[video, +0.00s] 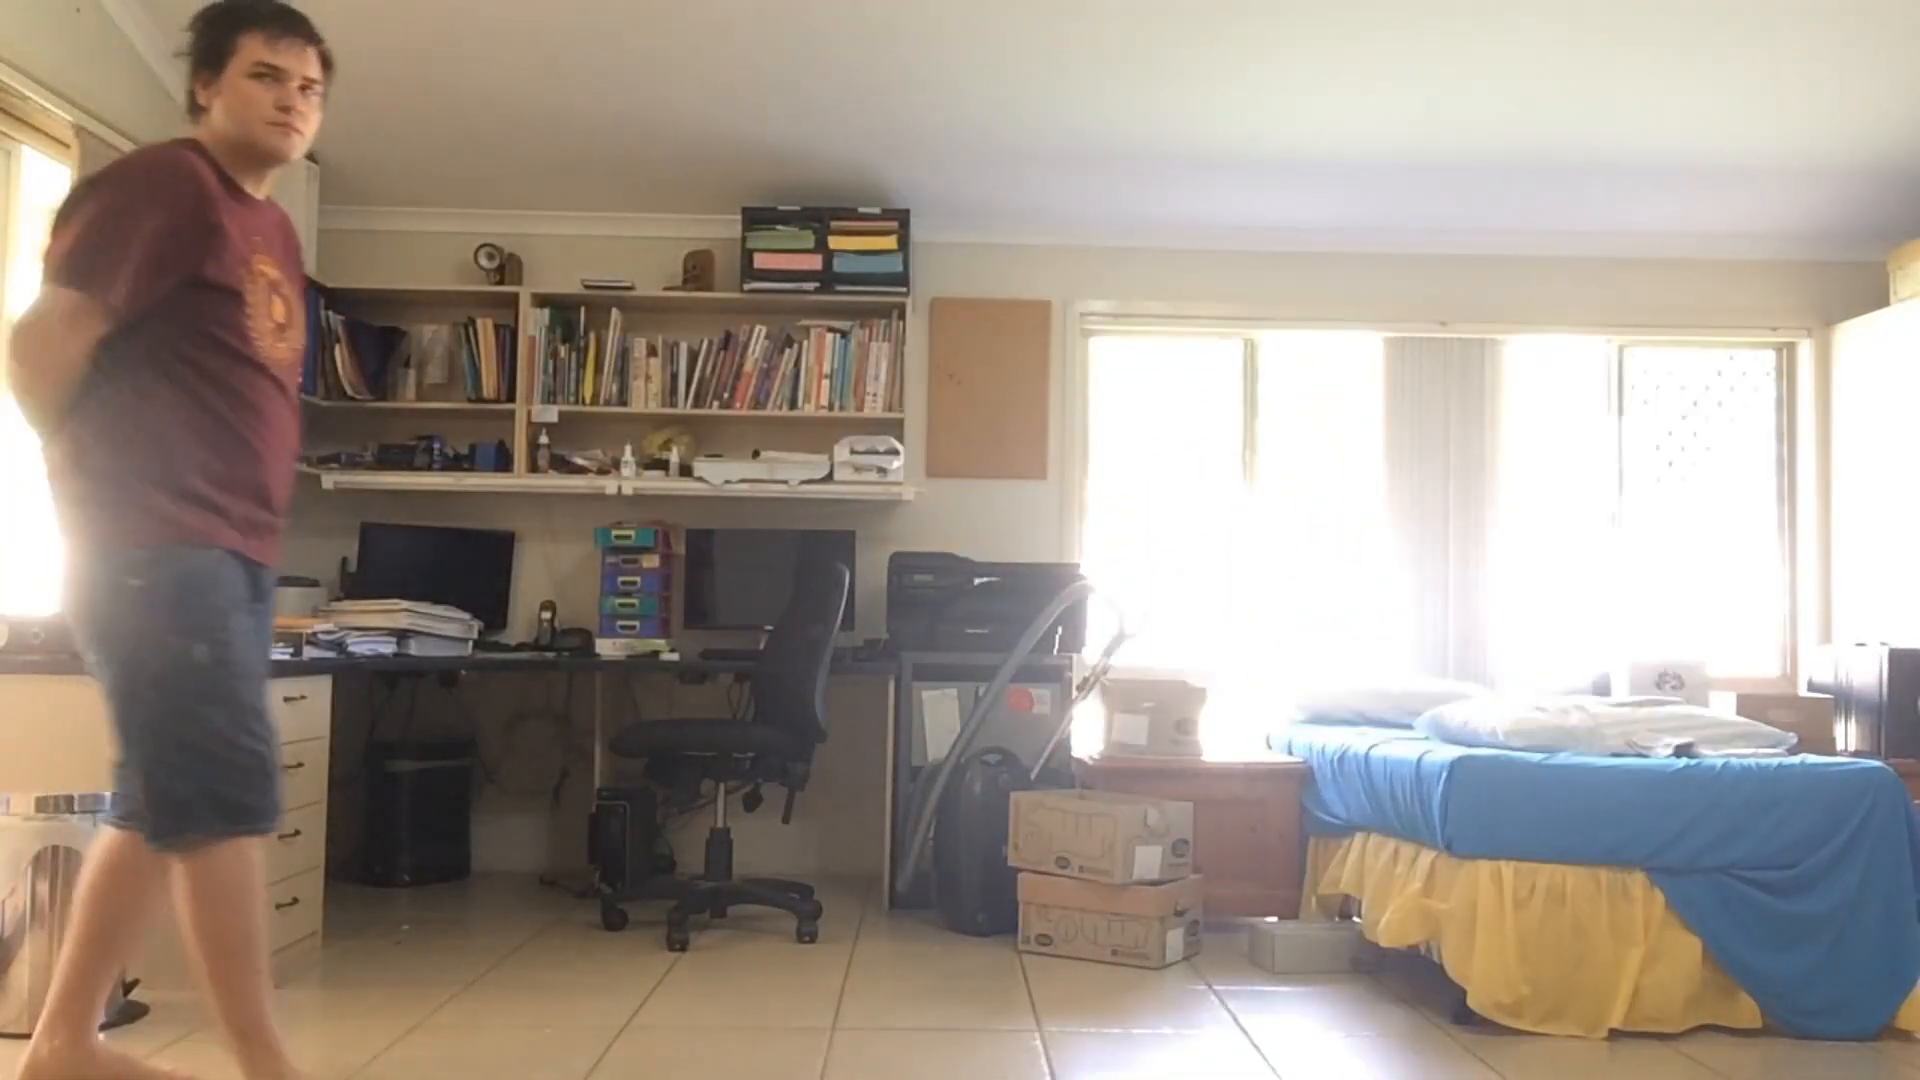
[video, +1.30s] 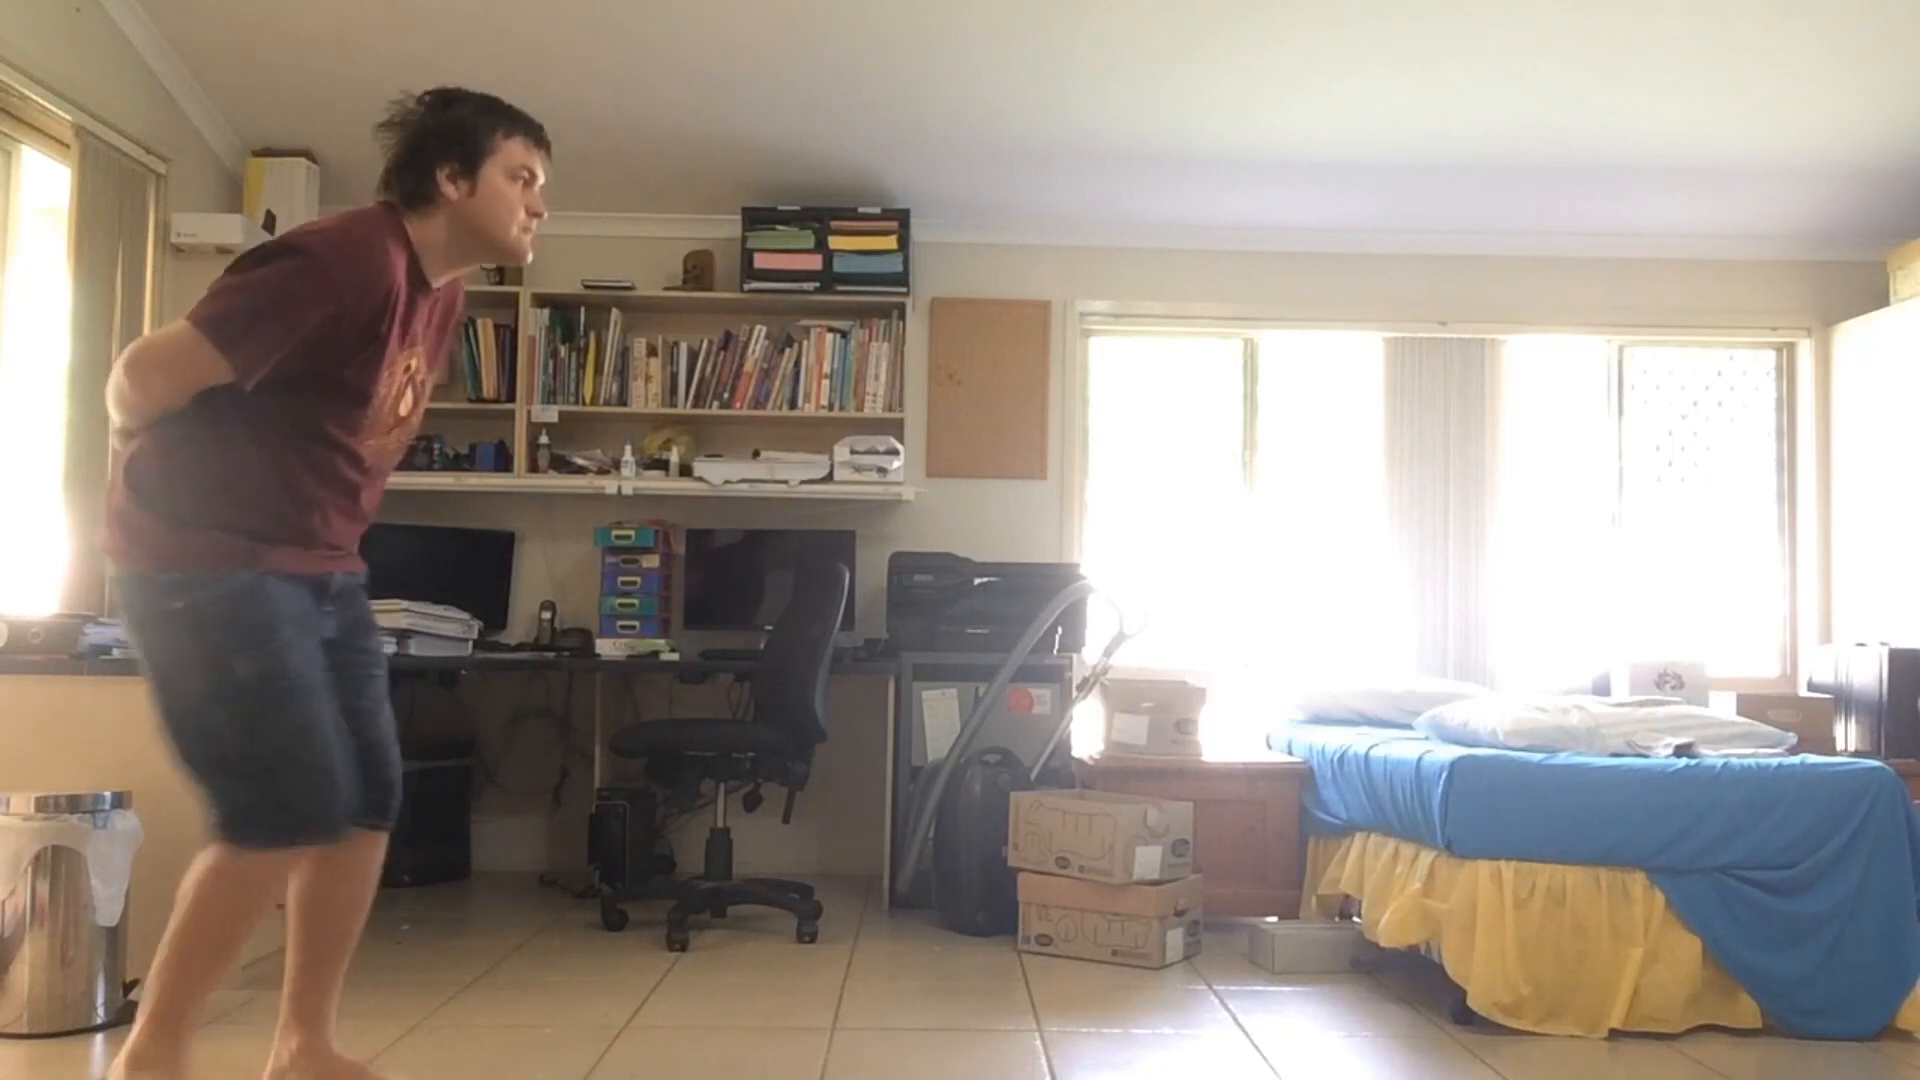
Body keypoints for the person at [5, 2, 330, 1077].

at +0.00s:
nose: (295, 99)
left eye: (311, 87)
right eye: (270, 76)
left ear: (319, 113)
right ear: (207, 88)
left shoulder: (278, 229)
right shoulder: (160, 180)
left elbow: (252, 380)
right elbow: (36, 350)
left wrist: (136, 443)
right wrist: (92, 465)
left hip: (238, 545)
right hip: (155, 538)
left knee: (153, 804)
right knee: (225, 798)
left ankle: (59, 1040)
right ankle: (264, 1059)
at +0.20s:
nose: (363, 93)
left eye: (379, 81)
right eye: (339, 69)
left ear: (385, 108)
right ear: (272, 81)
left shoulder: (318, 209)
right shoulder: (234, 177)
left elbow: (261, 371)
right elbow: (110, 352)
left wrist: (151, 456)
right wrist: (117, 459)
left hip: (301, 535)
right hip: (218, 531)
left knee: (323, 784)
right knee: (276, 804)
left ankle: (141, 985)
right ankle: (280, 1065)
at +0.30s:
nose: (405, 85)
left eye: (415, 71)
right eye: (381, 60)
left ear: (411, 95)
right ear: (307, 68)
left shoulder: (339, 195)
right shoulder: (259, 170)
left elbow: (275, 364)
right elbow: (128, 352)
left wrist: (163, 431)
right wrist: (139, 436)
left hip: (326, 535)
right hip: (236, 535)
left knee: (357, 785)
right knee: (270, 812)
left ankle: (221, 1025)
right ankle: (279, 1061)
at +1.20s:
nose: (542, 181)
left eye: (543, 163)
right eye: (521, 156)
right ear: (448, 161)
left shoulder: (453, 287)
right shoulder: (353, 247)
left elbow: (364, 422)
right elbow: (158, 377)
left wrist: (208, 440)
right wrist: (171, 451)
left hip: (346, 563)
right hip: (240, 560)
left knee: (387, 797)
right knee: (340, 796)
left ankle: (311, 1041)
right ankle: (247, 1056)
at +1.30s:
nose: (542, 202)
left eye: (544, 185)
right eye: (523, 176)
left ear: (477, 195)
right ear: (450, 178)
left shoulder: (446, 303)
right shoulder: (351, 254)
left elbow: (347, 434)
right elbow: (144, 374)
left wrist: (182, 441)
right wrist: (145, 435)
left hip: (323, 564)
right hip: (211, 559)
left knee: (364, 801)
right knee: (281, 806)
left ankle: (306, 1047)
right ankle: (148, 1055)